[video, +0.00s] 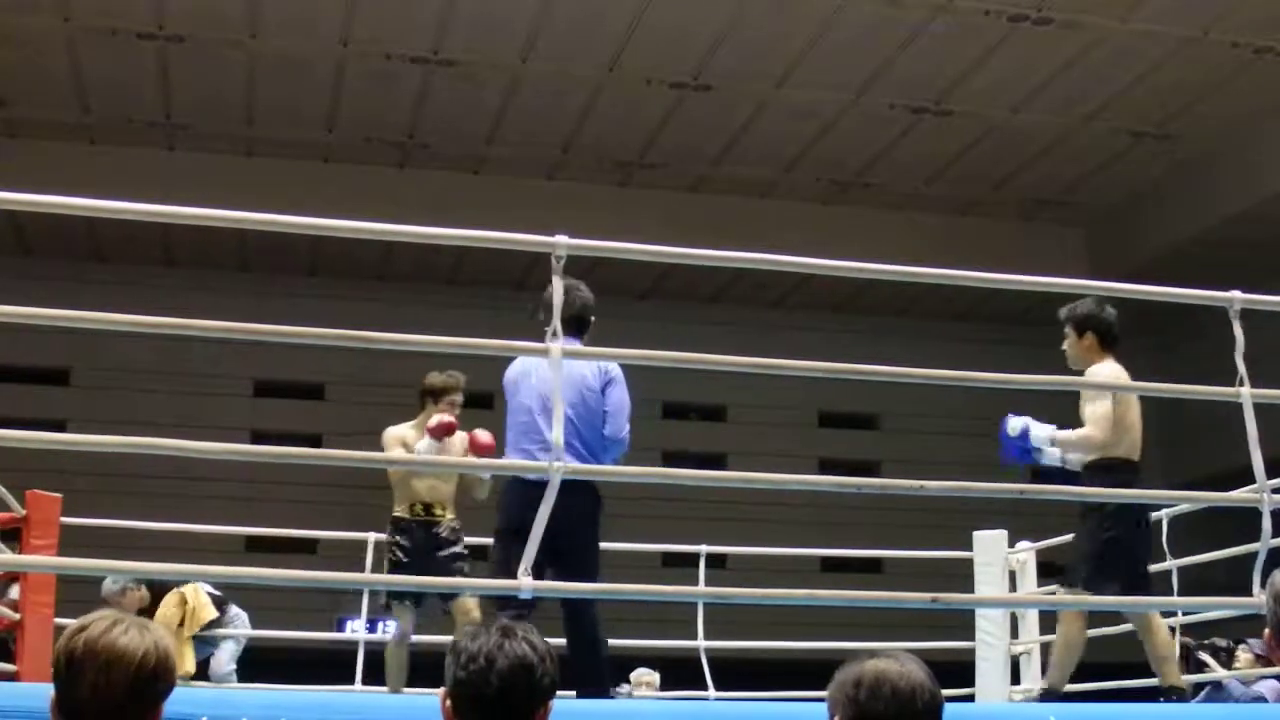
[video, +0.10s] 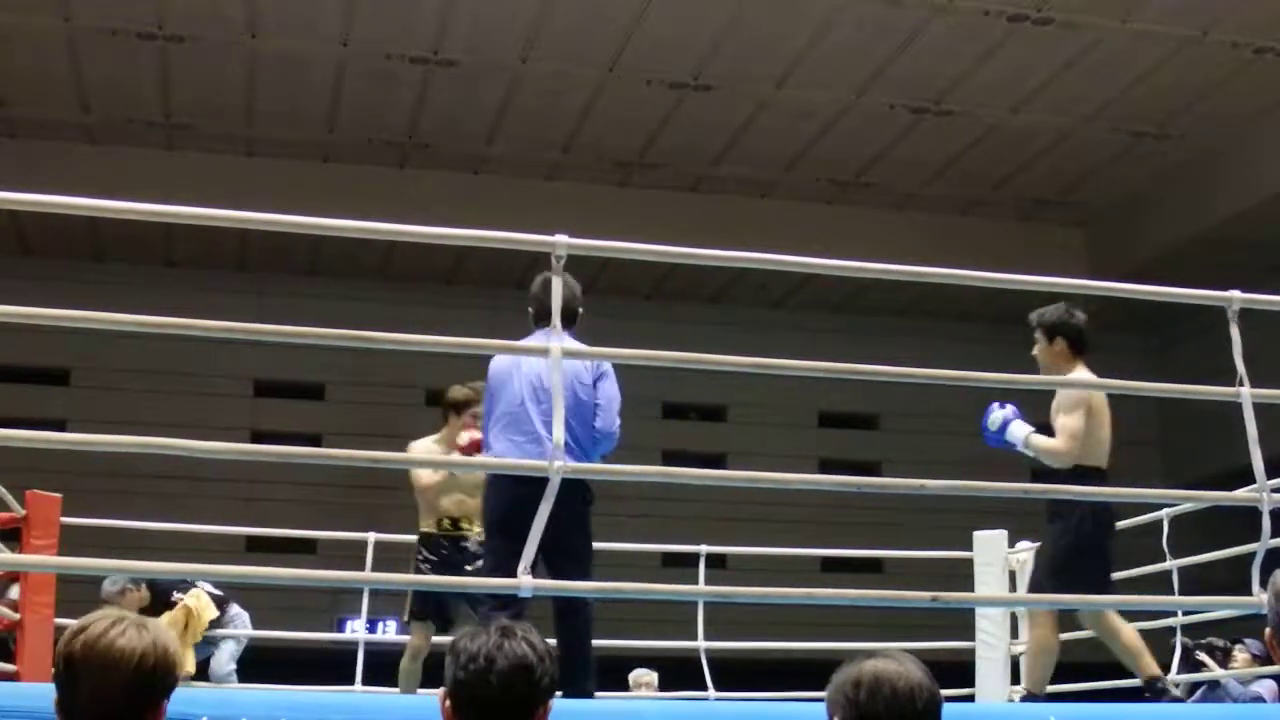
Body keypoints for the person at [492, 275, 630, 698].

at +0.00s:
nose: (539, 318)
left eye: (542, 312)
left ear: (542, 318)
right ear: (588, 323)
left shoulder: (517, 369)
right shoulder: (606, 370)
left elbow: (517, 422)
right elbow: (616, 434)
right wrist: (596, 465)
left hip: (521, 491)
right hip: (578, 494)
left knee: (511, 593)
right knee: (579, 596)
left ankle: (503, 697)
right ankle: (594, 696)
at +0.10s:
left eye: (531, 305)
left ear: (531, 310)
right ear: (577, 312)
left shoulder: (502, 361)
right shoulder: (595, 361)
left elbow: (489, 425)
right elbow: (607, 426)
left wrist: (512, 457)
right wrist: (584, 458)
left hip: (506, 487)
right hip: (567, 490)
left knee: (501, 588)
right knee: (572, 591)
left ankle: (494, 692)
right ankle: (578, 695)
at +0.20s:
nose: (569, 300)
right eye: (570, 294)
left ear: (523, 296)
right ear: (568, 298)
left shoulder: (492, 343)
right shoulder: (584, 347)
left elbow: (462, 418)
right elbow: (597, 414)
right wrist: (568, 448)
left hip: (499, 477)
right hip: (557, 479)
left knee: (497, 577)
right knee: (564, 579)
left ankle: (493, 676)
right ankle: (551, 679)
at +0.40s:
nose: (558, 290)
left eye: (556, 283)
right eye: (555, 283)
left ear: (502, 287)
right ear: (544, 288)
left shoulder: (464, 331)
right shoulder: (563, 336)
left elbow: (426, 371)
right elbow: (579, 409)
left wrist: (391, 417)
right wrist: (573, 440)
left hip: (478, 468)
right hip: (541, 467)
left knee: (484, 566)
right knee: (551, 558)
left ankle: (480, 661)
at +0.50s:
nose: (547, 288)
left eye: (547, 281)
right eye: (546, 281)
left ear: (495, 283)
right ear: (533, 281)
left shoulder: (453, 325)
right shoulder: (553, 332)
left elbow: (418, 368)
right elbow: (567, 395)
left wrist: (389, 418)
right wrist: (562, 440)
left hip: (465, 462)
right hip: (524, 461)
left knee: (472, 563)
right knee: (509, 564)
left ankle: (474, 656)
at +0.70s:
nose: (530, 273)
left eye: (531, 265)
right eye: (529, 264)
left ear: (479, 259)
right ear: (515, 260)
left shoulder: (426, 309)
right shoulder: (525, 304)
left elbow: (409, 398)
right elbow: (539, 386)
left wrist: (407, 469)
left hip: (432, 445)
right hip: (491, 442)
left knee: (449, 561)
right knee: (484, 560)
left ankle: (448, 674)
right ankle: (475, 678)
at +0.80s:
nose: (518, 262)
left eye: (519, 254)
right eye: (517, 253)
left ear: (464, 246)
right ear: (500, 248)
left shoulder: (413, 296)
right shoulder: (506, 288)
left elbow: (401, 377)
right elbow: (529, 368)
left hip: (416, 435)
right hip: (475, 434)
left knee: (426, 557)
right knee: (476, 556)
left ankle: (413, 673)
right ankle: (471, 679)